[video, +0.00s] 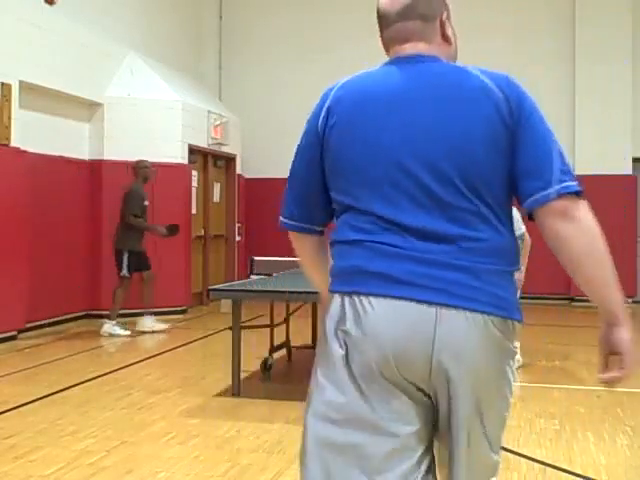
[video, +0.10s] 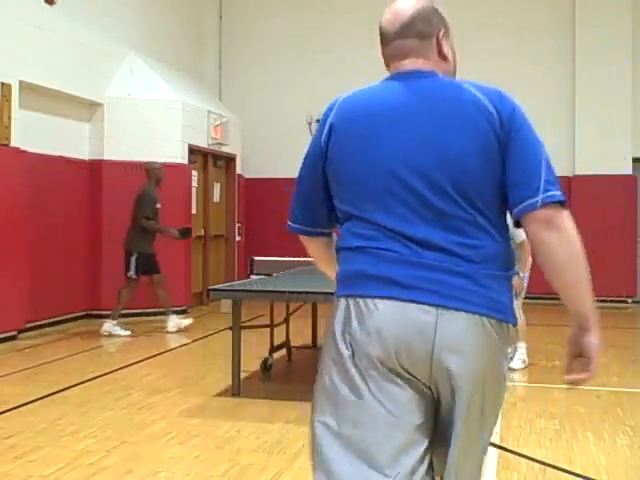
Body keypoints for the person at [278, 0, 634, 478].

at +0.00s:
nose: (455, 35)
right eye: (453, 25)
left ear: (385, 43)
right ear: (446, 27)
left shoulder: (340, 98)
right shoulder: (501, 94)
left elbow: (303, 224)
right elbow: (562, 209)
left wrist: (337, 300)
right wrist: (616, 316)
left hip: (367, 316)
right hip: (477, 323)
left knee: (363, 469)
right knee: (471, 470)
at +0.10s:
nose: (455, 55)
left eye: (451, 46)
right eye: (453, 46)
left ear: (384, 55)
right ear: (444, 45)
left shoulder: (343, 112)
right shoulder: (496, 108)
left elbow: (312, 226)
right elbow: (545, 215)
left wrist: (357, 283)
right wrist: (585, 321)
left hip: (371, 314)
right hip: (473, 323)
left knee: (367, 468)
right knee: (461, 469)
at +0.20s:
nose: (460, 66)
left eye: (457, 57)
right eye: (458, 58)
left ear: (391, 67)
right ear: (447, 59)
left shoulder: (351, 124)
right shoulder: (495, 122)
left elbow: (321, 232)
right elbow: (538, 225)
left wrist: (359, 286)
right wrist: (566, 323)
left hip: (377, 318)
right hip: (471, 326)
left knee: (378, 468)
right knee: (462, 469)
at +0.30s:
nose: (463, 70)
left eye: (461, 62)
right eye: (462, 62)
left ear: (397, 66)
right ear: (450, 62)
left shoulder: (354, 123)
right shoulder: (495, 123)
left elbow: (328, 227)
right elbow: (534, 223)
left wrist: (340, 291)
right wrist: (558, 311)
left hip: (386, 315)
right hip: (477, 315)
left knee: (381, 462)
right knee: (472, 460)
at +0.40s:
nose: (462, 71)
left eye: (460, 64)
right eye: (460, 64)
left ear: (397, 68)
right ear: (448, 63)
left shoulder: (357, 121)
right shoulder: (492, 121)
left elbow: (325, 223)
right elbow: (534, 218)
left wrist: (324, 298)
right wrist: (555, 294)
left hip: (386, 303)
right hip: (471, 307)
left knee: (377, 441)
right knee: (460, 448)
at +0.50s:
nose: (455, 76)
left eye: (453, 69)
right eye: (454, 69)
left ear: (394, 74)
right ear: (442, 68)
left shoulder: (359, 125)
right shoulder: (486, 121)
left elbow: (323, 226)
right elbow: (533, 213)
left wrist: (311, 304)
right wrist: (555, 281)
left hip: (384, 293)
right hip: (465, 297)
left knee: (374, 420)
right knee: (454, 443)